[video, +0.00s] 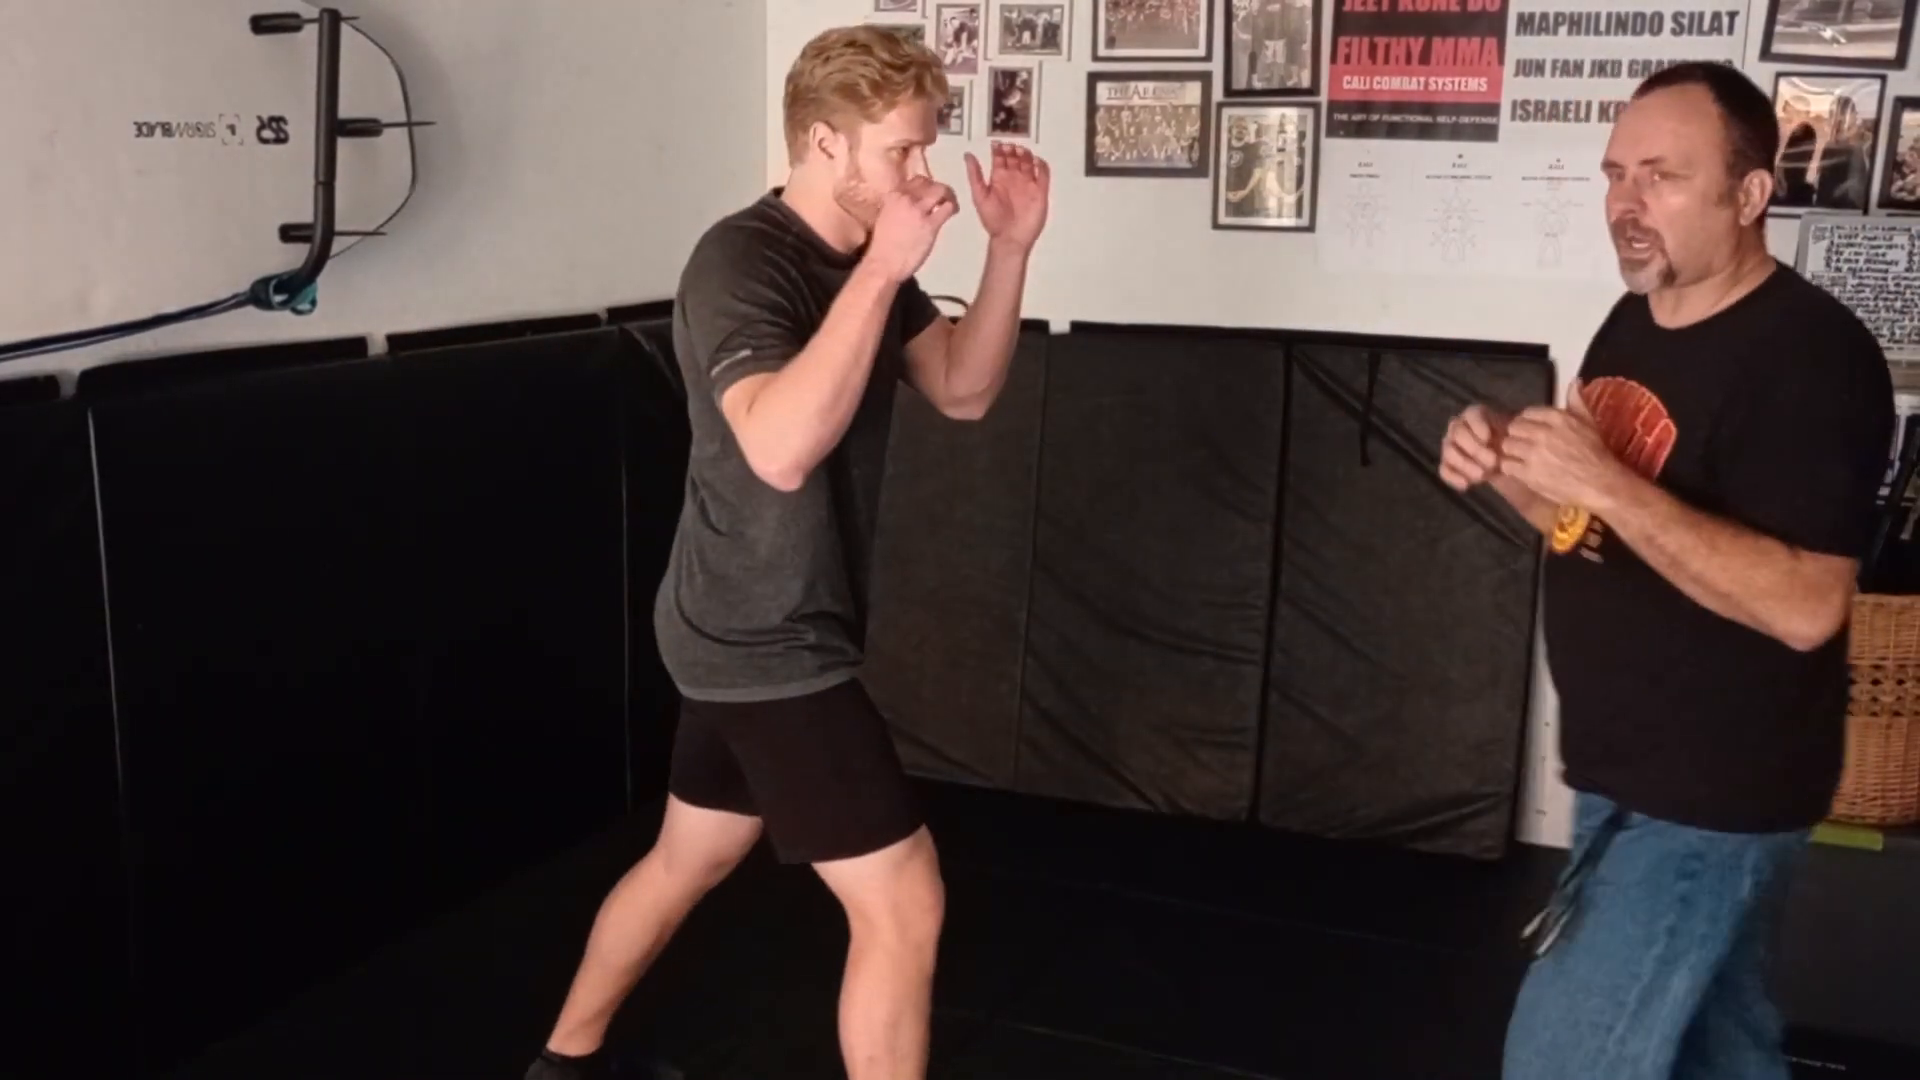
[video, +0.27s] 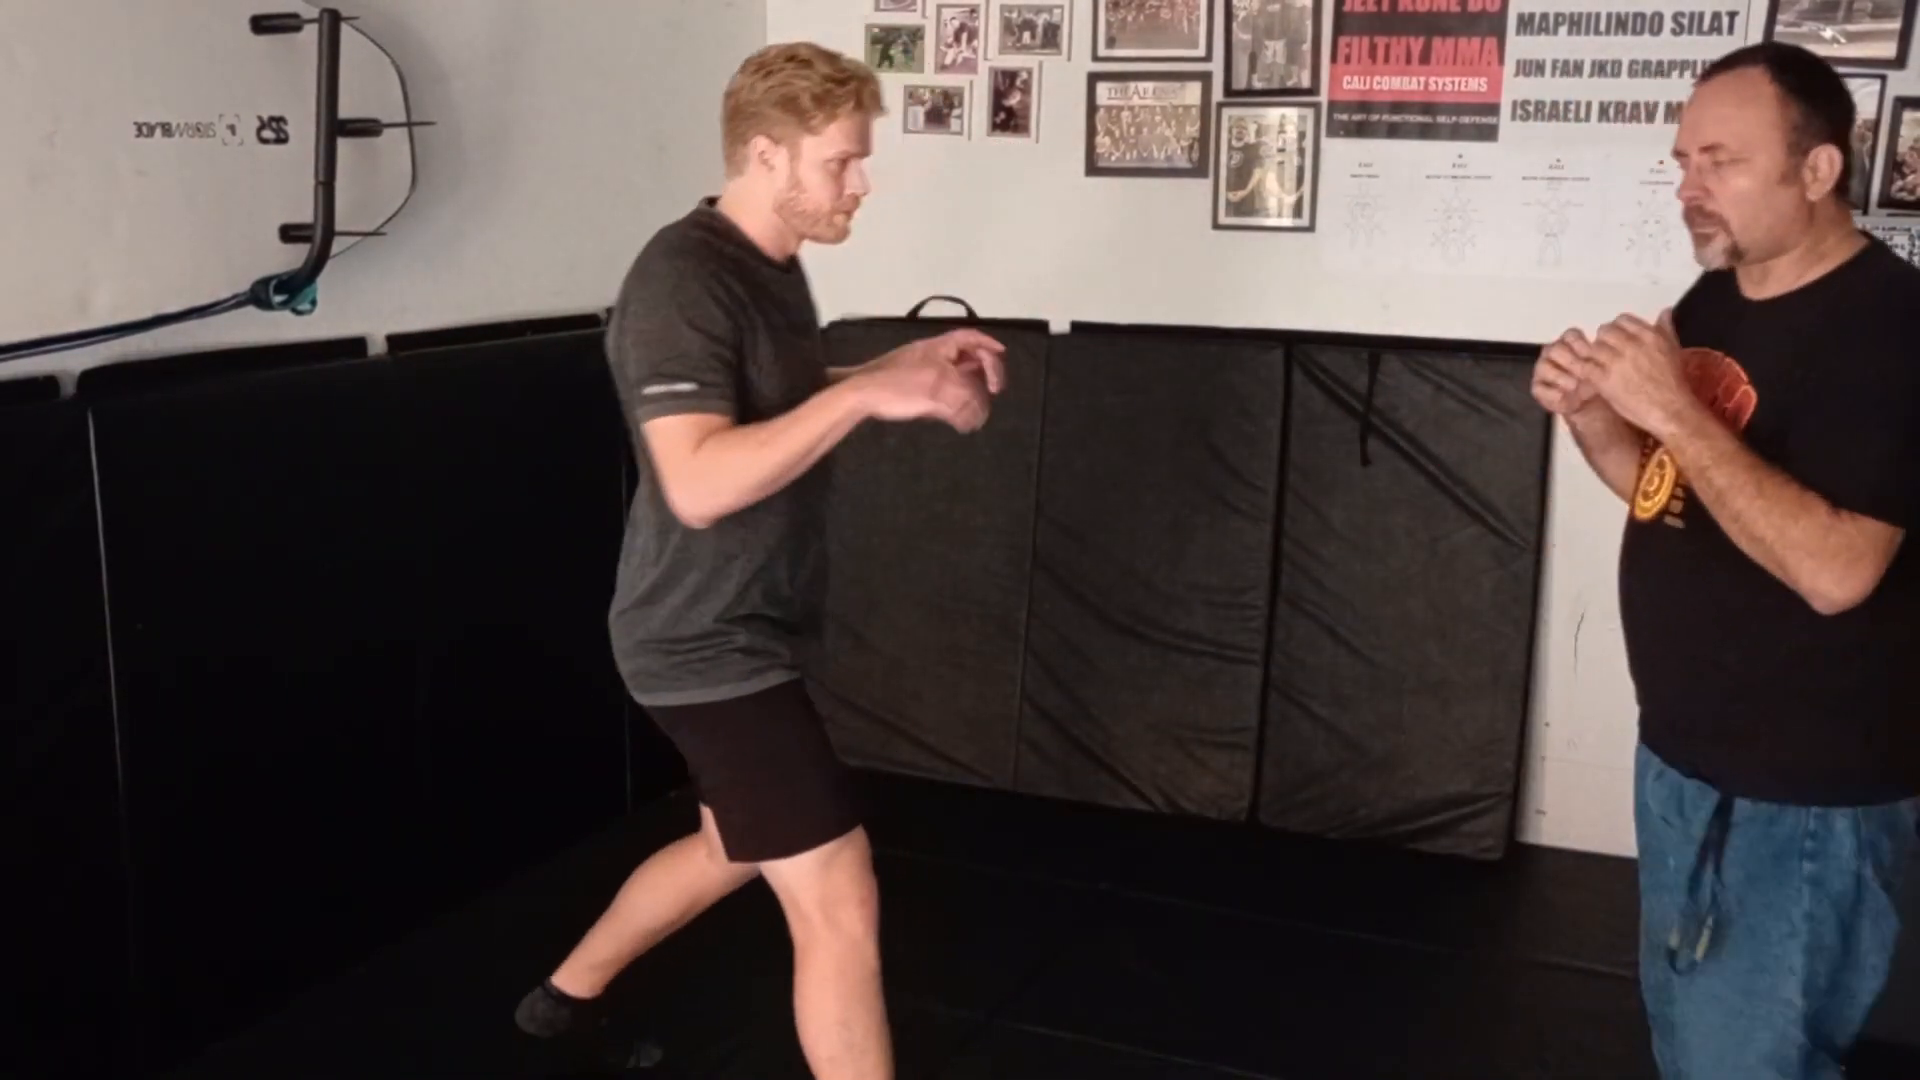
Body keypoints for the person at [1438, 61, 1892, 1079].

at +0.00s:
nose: (1623, 206)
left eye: (1660, 178)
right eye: (1616, 175)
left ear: (1751, 196)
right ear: (1605, 179)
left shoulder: (1825, 354)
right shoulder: (1631, 324)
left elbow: (1809, 605)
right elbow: (1601, 531)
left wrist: (1602, 481)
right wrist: (1508, 470)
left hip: (1717, 807)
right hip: (1614, 782)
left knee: (1561, 1057)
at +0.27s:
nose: (1690, 190)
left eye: (1718, 162)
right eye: (1684, 161)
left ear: (1819, 170)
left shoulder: (1902, 324)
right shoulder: (1713, 301)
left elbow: (1840, 569)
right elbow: (1668, 493)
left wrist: (1676, 411)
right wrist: (1592, 417)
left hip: (1820, 803)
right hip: (1681, 771)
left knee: (1755, 1059)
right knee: (1686, 1048)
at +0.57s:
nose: (1725, 202)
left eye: (1755, 175)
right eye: (1730, 172)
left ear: (1857, 189)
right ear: (1840, 194)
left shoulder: (1918, 344)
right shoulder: (1775, 313)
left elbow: (1897, 603)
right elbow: (1746, 519)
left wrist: (1713, 458)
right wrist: (1641, 463)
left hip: (1866, 827)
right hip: (1701, 762)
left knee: (1856, 1059)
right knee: (1612, 967)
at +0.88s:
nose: (1660, 227)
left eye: (1684, 200)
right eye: (1662, 197)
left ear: (1784, 204)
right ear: (1771, 205)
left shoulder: (1907, 348)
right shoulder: (1714, 319)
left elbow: (1847, 599)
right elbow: (1649, 481)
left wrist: (1655, 457)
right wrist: (1569, 415)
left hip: (1860, 832)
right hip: (1681, 787)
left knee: (1875, 1065)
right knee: (1606, 1057)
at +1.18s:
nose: (1590, 258)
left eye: (1611, 232)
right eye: (1587, 229)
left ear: (1711, 227)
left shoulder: (1866, 362)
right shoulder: (1628, 327)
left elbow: (1859, 611)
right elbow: (1568, 484)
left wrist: (1642, 513)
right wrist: (1448, 520)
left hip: (1733, 823)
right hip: (1569, 763)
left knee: (1628, 1058)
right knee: (1486, 1001)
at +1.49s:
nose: (1580, 233)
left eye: (1605, 209)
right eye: (1578, 206)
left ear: (1706, 211)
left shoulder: (1795, 350)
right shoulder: (1642, 277)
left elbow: (1654, 570)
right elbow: (1573, 377)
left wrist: (1598, 363)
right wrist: (1503, 439)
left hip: (1575, 740)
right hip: (1458, 591)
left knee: (1549, 1035)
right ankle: (1139, 945)